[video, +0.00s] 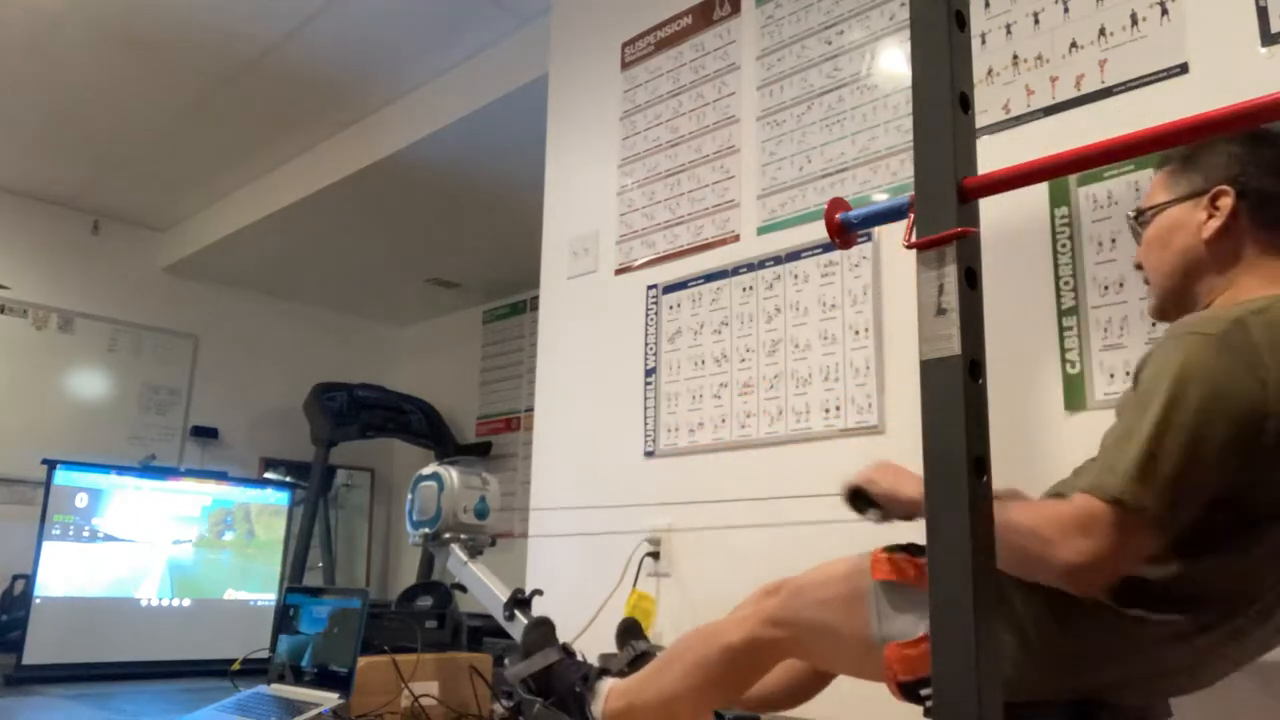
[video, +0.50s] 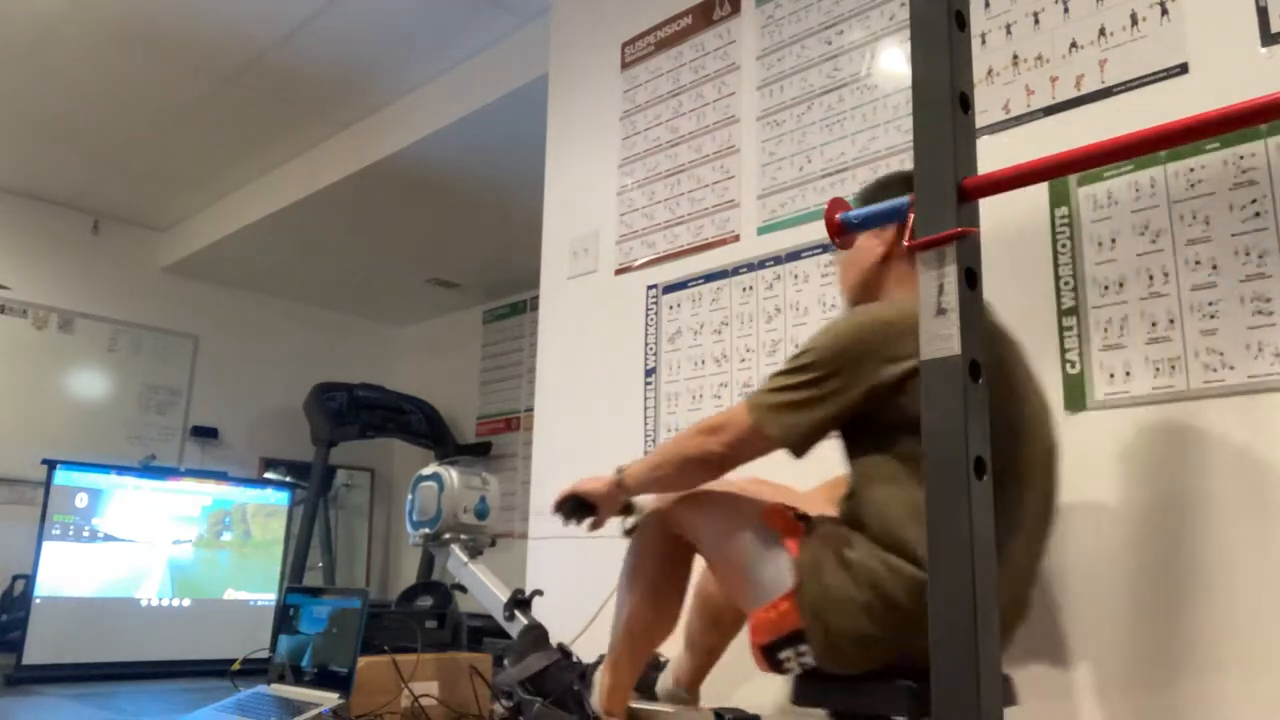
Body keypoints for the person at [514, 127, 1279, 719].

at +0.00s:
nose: (1138, 245)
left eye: (1151, 216)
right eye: (1142, 222)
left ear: (1220, 213)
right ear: (1229, 217)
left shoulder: (1218, 351)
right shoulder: (1262, 341)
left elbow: (1093, 546)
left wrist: (926, 493)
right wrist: (975, 515)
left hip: (1068, 642)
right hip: (1131, 650)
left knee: (784, 609)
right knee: (837, 623)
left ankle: (609, 704)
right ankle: (689, 707)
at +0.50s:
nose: (838, 256)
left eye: (848, 236)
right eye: (841, 238)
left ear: (892, 236)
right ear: (912, 237)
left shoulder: (884, 327)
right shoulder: (983, 332)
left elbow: (722, 442)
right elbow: (874, 495)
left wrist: (617, 486)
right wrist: (766, 503)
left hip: (880, 611)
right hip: (959, 616)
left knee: (670, 508)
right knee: (745, 532)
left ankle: (608, 702)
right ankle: (679, 687)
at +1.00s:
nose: (667, 297)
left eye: (672, 280)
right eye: (669, 283)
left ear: (699, 277)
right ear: (761, 291)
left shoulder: (683, 355)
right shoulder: (806, 360)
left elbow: (570, 469)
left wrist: (497, 521)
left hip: (740, 623)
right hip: (832, 631)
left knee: (602, 476)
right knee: (678, 477)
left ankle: (605, 683)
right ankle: (673, 666)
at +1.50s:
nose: (972, 209)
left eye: (985, 185)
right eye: (977, 185)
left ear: (1036, 187)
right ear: (1062, 193)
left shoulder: (1028, 287)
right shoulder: (1131, 301)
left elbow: (840, 415)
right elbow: (989, 459)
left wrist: (714, 448)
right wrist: (846, 476)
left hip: (995, 619)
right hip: (1071, 627)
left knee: (740, 559)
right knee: (808, 574)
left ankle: (610, 701)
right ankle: (693, 694)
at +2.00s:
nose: (1145, 234)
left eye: (1160, 206)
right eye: (1148, 213)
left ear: (1231, 207)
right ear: (1233, 212)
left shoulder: (1250, 327)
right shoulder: (1241, 329)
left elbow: (1252, 559)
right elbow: (1228, 547)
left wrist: (1058, 498)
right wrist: (1053, 505)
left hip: (1059, 630)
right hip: (1088, 631)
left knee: (783, 620)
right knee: (839, 629)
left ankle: (608, 704)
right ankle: (705, 716)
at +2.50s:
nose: (970, 227)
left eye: (982, 202)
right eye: (974, 205)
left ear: (1035, 201)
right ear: (1059, 206)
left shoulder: (1037, 306)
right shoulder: (1131, 306)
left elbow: (847, 445)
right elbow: (1029, 506)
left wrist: (724, 473)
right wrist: (862, 497)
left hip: (1023, 627)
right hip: (1092, 628)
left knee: (738, 557)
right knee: (837, 549)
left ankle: (612, 703)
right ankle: (694, 696)